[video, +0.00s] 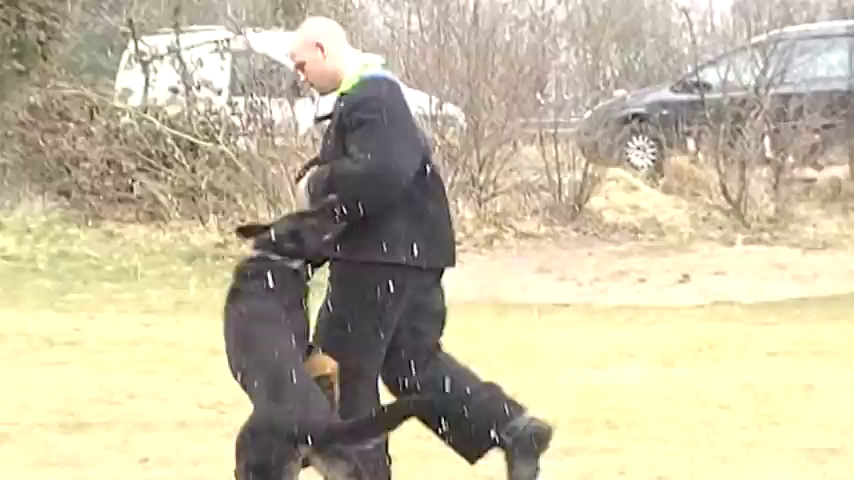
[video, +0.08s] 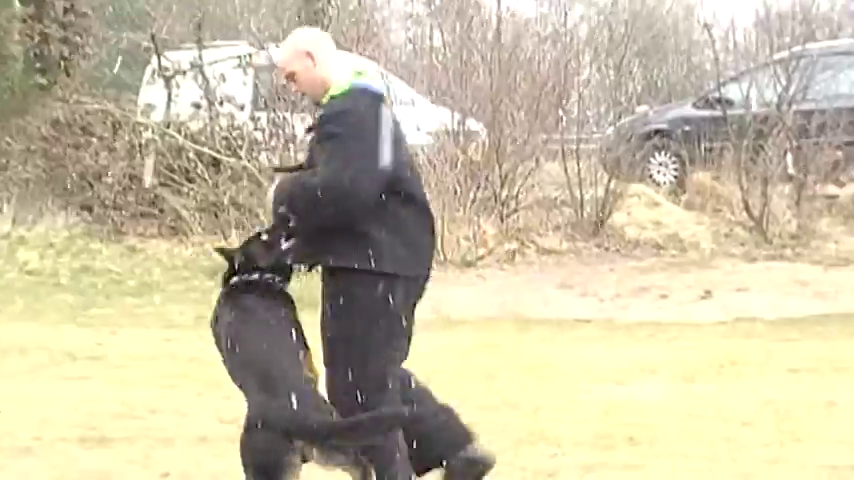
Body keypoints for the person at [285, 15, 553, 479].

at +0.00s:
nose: (302, 79)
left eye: (301, 66)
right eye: (298, 70)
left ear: (323, 50)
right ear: (326, 51)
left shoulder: (368, 94)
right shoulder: (368, 95)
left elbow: (387, 171)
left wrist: (323, 181)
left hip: (383, 253)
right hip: (410, 252)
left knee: (341, 362)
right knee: (411, 364)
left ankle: (359, 466)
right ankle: (514, 428)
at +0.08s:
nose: (293, 88)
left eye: (292, 76)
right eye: (288, 80)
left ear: (314, 58)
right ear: (317, 58)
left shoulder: (355, 103)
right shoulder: (349, 103)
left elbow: (349, 190)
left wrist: (287, 191)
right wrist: (288, 237)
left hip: (374, 263)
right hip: (364, 262)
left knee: (359, 387)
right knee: (370, 375)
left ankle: (388, 471)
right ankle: (455, 452)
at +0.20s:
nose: (245, 83)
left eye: (244, 70)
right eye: (241, 74)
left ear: (265, 54)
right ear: (279, 53)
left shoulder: (299, 103)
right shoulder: (329, 100)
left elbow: (291, 185)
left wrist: (255, 186)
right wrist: (257, 241)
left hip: (338, 268)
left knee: (366, 386)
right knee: (315, 385)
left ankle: (412, 471)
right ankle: (315, 471)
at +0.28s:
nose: (207, 79)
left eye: (205, 66)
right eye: (202, 69)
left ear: (225, 50)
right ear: (245, 48)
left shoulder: (251, 98)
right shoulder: (307, 98)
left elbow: (236, 181)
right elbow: (345, 147)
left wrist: (210, 185)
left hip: (292, 261)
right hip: (316, 255)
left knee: (345, 378)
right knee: (256, 379)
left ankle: (393, 470)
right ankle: (226, 465)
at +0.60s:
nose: (75, 59)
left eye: (76, 47)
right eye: (72, 50)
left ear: (99, 32)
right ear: (116, 33)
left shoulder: (117, 71)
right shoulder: (164, 78)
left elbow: (110, 133)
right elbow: (196, 151)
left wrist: (69, 191)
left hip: (142, 228)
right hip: (189, 231)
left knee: (113, 347)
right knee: (188, 350)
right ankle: (212, 455)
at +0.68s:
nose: (62, 61)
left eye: (64, 49)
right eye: (58, 52)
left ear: (88, 37)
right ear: (99, 37)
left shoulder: (108, 73)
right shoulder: (134, 78)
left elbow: (94, 134)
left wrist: (42, 181)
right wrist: (36, 187)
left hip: (119, 230)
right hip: (164, 233)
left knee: (75, 346)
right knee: (183, 346)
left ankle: (69, 463)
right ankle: (213, 462)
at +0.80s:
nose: (25, 69)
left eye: (28, 58)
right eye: (23, 60)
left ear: (51, 49)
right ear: (64, 49)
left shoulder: (66, 91)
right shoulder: (93, 93)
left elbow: (45, 154)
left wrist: (7, 181)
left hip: (79, 251)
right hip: (114, 251)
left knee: (31, 360)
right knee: (145, 348)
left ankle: (28, 461)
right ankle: (207, 447)